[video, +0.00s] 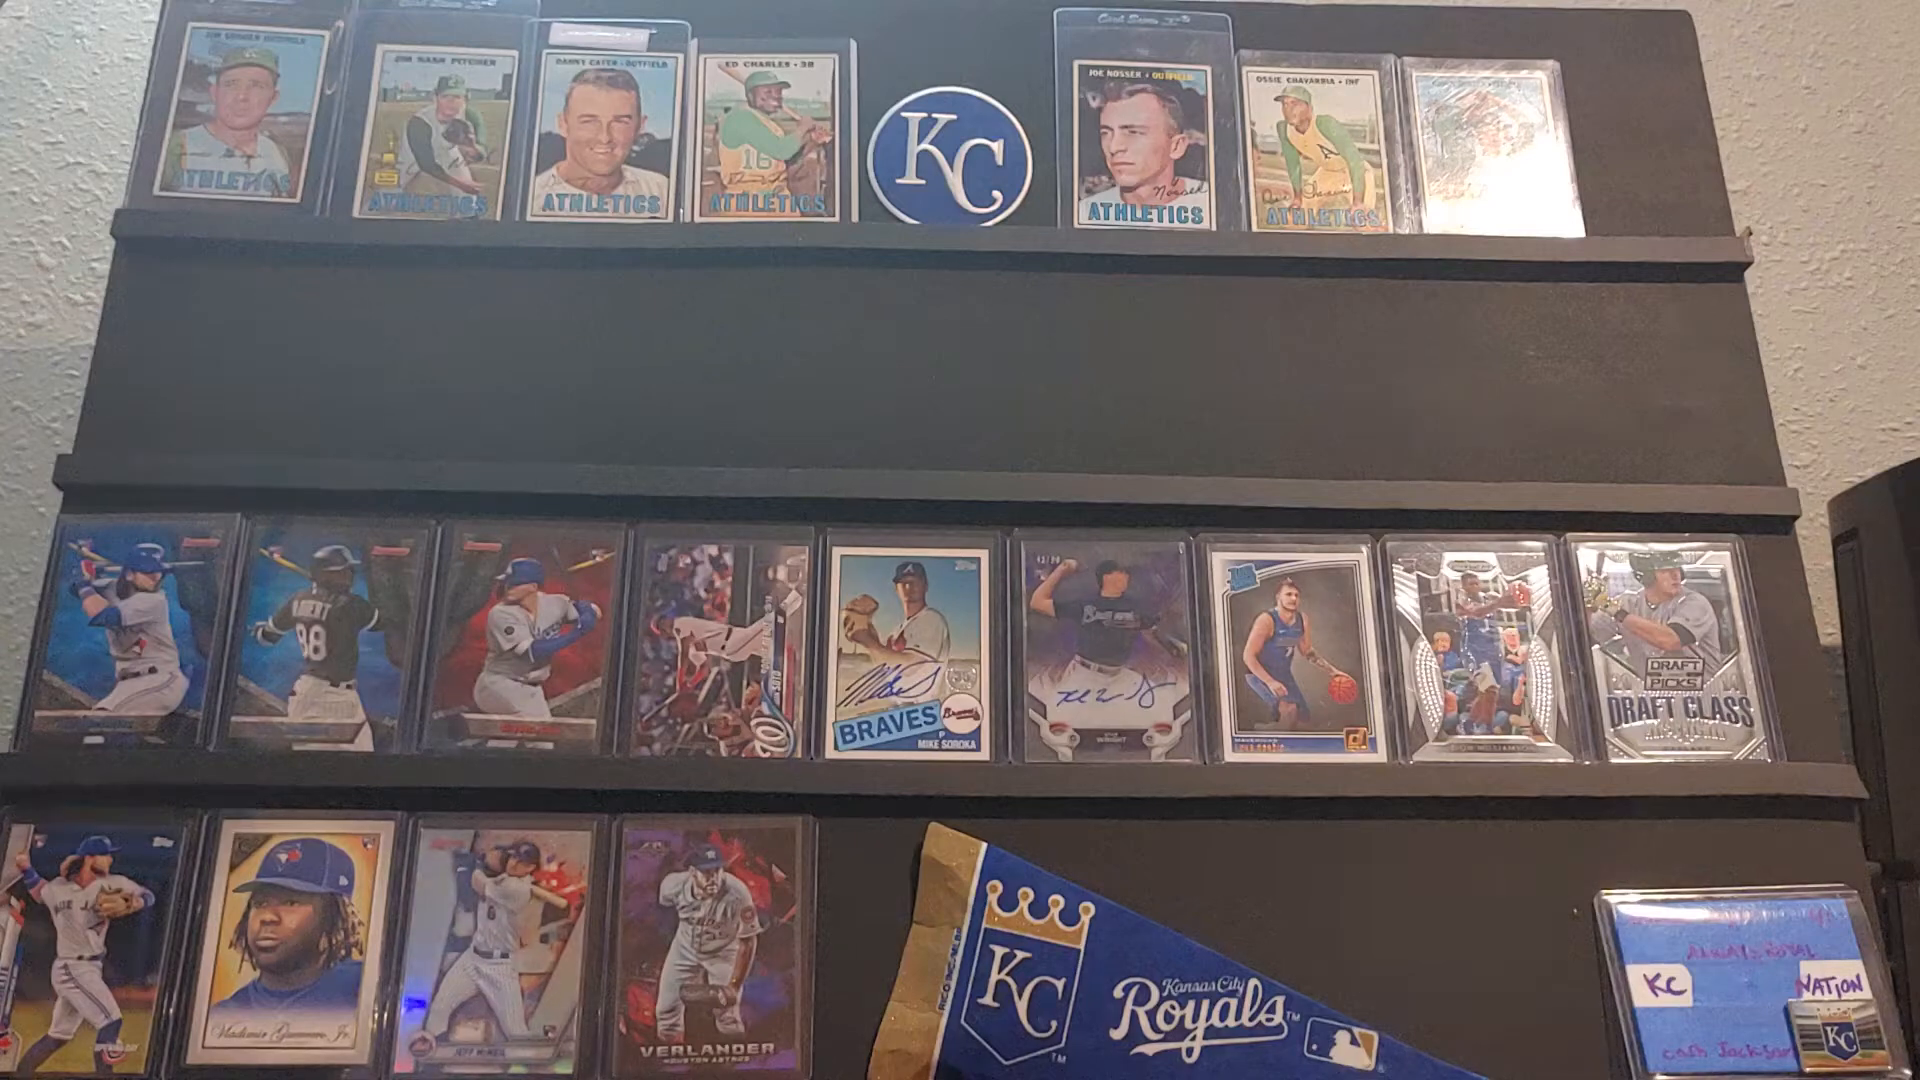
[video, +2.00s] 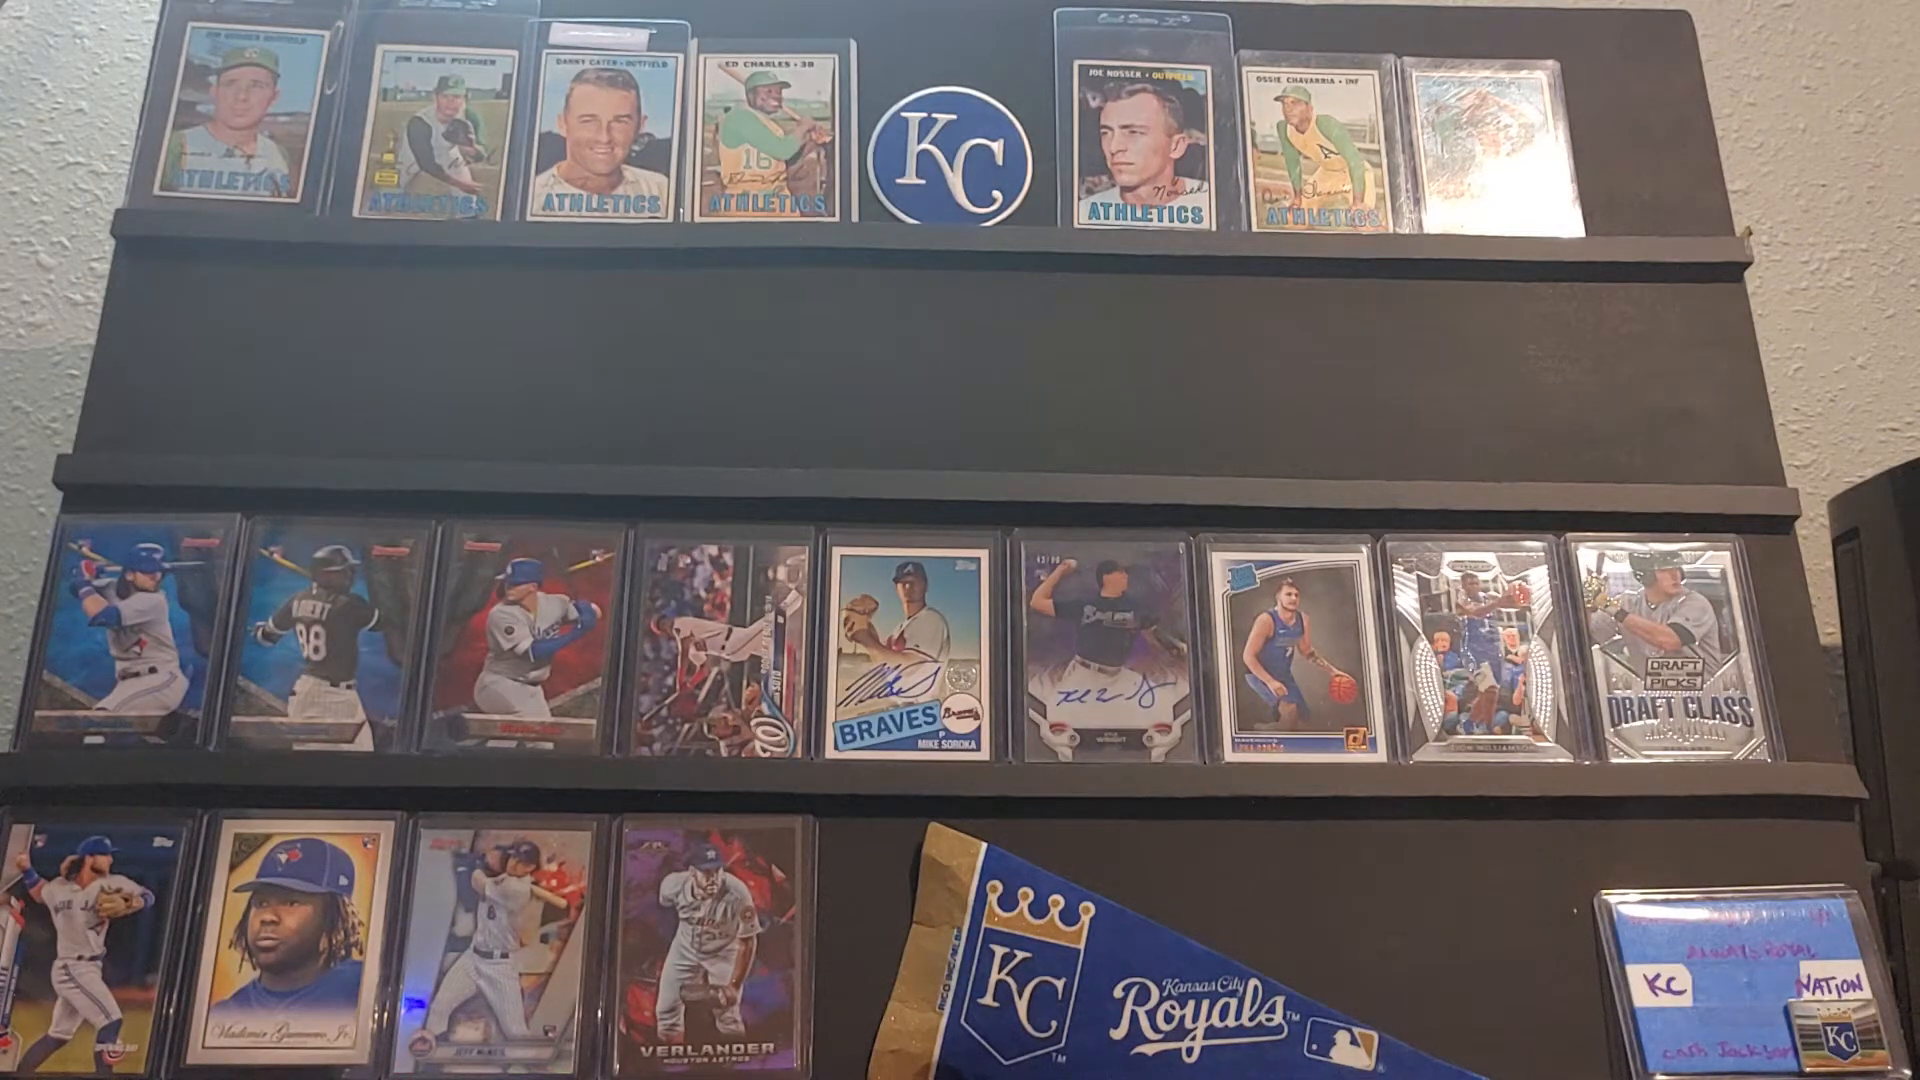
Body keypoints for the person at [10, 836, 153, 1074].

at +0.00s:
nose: (110, 859)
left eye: (110, 855)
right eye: (105, 855)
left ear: (98, 860)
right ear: (89, 859)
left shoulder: (112, 884)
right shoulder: (58, 888)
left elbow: (149, 896)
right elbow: (40, 890)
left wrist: (133, 904)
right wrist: (26, 869)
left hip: (90, 969)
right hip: (70, 969)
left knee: (59, 1035)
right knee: (111, 1020)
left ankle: (21, 1072)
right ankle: (105, 1073)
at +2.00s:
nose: (110, 860)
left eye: (110, 855)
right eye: (105, 855)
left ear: (98, 861)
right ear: (89, 859)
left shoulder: (111, 884)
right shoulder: (58, 888)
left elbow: (148, 896)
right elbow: (39, 892)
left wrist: (133, 904)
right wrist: (27, 870)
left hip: (90, 968)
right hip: (70, 969)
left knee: (58, 1036)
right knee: (111, 1019)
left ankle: (20, 1073)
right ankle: (104, 1074)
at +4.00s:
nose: (110, 859)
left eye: (110, 855)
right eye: (105, 855)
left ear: (97, 861)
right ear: (90, 859)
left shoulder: (111, 884)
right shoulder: (58, 889)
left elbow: (148, 896)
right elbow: (39, 890)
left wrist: (130, 905)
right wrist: (26, 869)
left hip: (91, 969)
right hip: (71, 969)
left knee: (58, 1036)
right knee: (111, 1019)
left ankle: (19, 1073)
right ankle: (104, 1073)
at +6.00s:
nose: (110, 859)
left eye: (110, 855)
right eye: (105, 855)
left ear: (96, 861)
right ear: (89, 859)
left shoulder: (111, 884)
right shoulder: (58, 888)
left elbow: (149, 896)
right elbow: (39, 892)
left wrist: (131, 904)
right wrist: (27, 869)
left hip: (90, 969)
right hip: (71, 969)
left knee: (58, 1035)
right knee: (111, 1020)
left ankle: (19, 1073)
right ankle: (104, 1074)